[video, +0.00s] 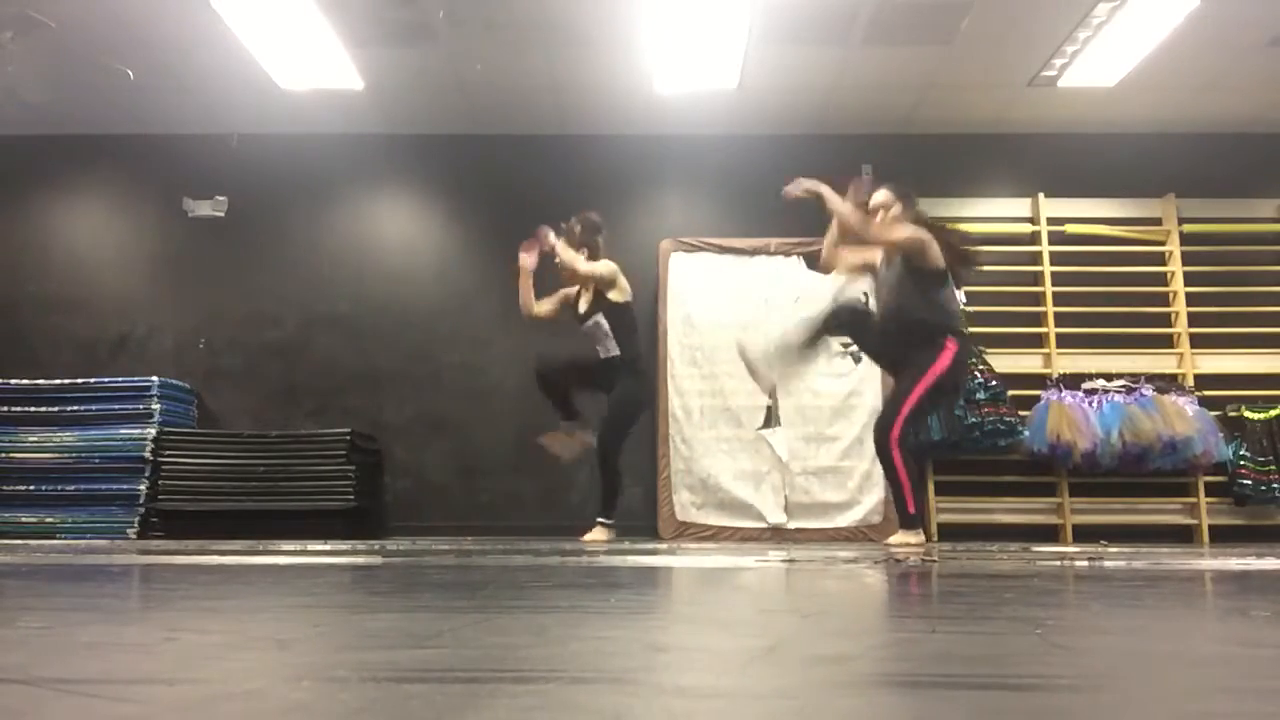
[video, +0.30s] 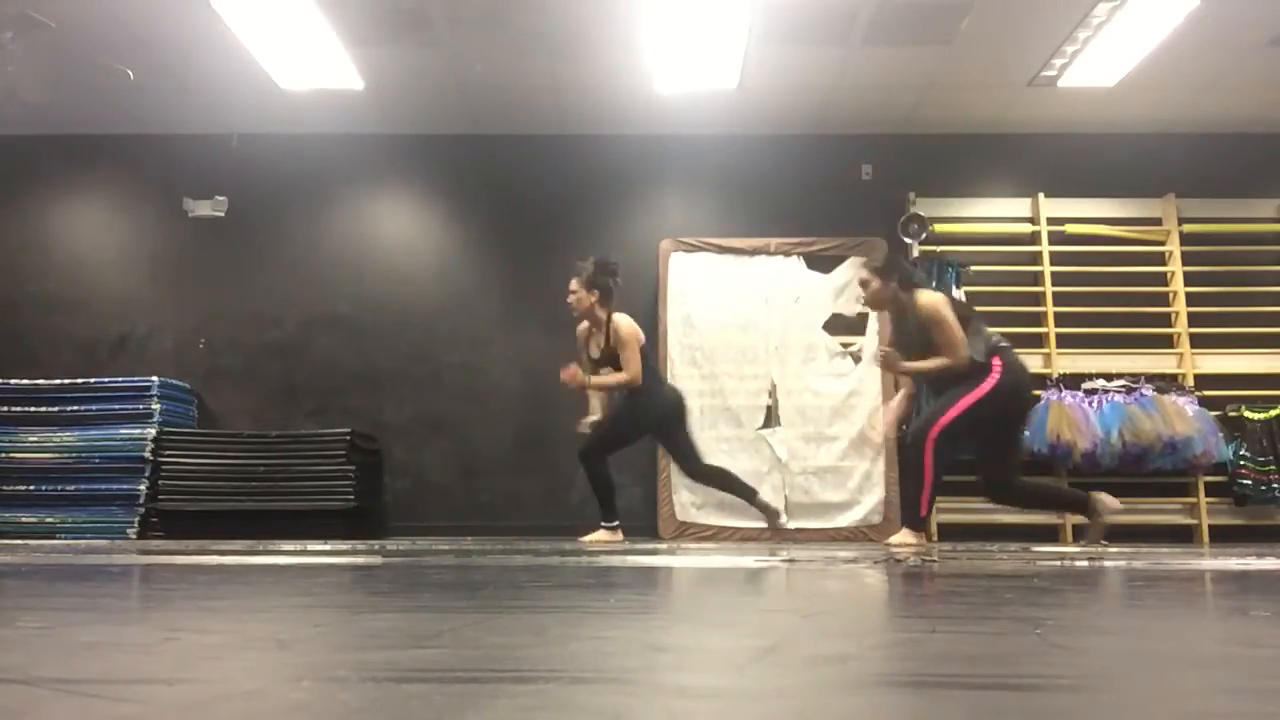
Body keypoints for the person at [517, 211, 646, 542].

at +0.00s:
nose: (565, 254)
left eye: (569, 247)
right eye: (564, 248)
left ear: (585, 247)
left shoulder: (610, 273)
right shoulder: (574, 293)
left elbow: (580, 267)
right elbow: (531, 310)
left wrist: (554, 244)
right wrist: (526, 270)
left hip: (632, 373)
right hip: (606, 370)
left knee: (608, 445)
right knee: (548, 369)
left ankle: (605, 524)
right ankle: (576, 430)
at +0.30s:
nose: (568, 299)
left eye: (573, 293)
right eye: (569, 293)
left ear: (594, 296)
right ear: (586, 297)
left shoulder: (622, 326)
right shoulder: (584, 332)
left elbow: (633, 377)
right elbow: (593, 376)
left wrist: (584, 380)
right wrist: (596, 414)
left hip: (653, 405)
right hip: (653, 404)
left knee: (590, 453)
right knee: (696, 470)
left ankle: (611, 528)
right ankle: (765, 506)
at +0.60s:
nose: (635, 279)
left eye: (636, 272)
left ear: (640, 276)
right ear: (668, 267)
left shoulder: (647, 318)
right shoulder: (689, 289)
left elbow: (637, 361)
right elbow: (682, 249)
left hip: (686, 394)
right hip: (719, 391)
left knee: (634, 445)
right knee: (747, 460)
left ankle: (618, 525)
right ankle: (787, 524)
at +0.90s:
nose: (744, 263)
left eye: (740, 256)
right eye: (742, 257)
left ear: (707, 261)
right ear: (735, 261)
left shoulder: (692, 294)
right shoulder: (740, 289)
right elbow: (772, 245)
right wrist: (788, 201)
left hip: (701, 387)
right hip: (739, 385)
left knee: (667, 457)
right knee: (762, 455)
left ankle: (626, 521)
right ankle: (791, 526)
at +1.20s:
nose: (761, 328)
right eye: (761, 323)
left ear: (732, 324)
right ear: (758, 322)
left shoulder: (717, 351)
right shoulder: (764, 345)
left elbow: (712, 390)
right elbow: (807, 374)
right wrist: (847, 386)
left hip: (719, 404)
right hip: (761, 402)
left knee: (675, 466)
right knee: (775, 458)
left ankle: (627, 523)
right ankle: (791, 526)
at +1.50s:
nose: (646, 340)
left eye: (648, 333)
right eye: (644, 333)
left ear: (662, 331)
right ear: (672, 329)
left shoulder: (670, 353)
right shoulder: (699, 348)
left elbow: (684, 400)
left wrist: (681, 375)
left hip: (734, 415)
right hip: (764, 412)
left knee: (668, 462)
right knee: (761, 472)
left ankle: (628, 523)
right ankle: (790, 525)